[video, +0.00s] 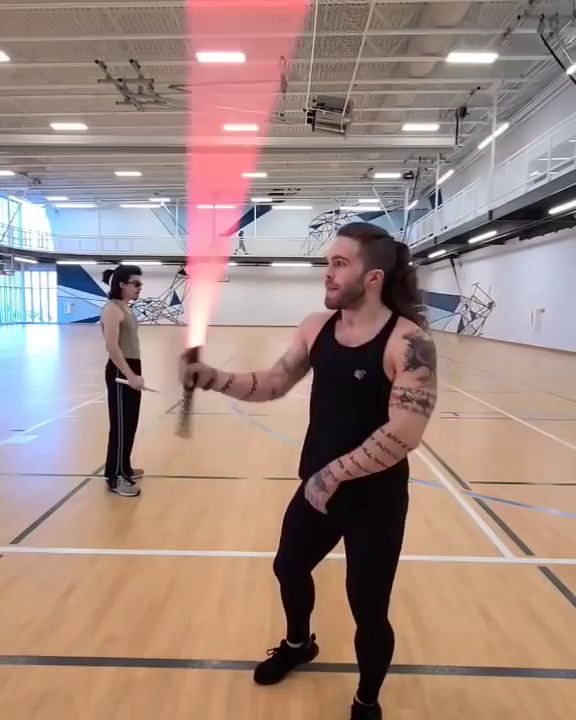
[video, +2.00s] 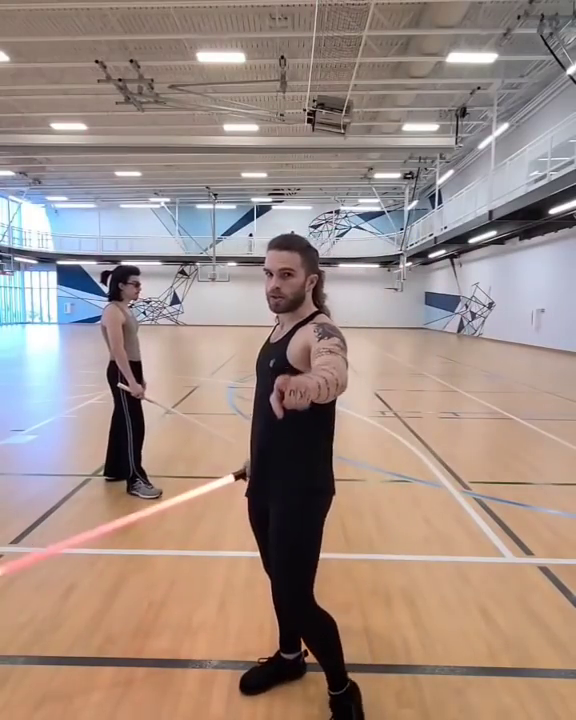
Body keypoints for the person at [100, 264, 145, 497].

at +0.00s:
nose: (138, 288)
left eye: (139, 284)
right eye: (134, 284)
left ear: (131, 287)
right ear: (121, 285)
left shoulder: (125, 309)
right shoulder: (112, 310)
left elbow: (127, 343)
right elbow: (112, 347)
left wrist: (136, 371)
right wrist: (130, 375)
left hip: (132, 367)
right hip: (119, 369)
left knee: (130, 424)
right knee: (120, 426)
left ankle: (124, 467)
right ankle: (114, 477)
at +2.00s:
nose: (138, 289)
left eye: (139, 285)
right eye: (134, 285)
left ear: (129, 287)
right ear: (120, 286)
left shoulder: (124, 310)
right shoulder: (113, 312)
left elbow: (130, 347)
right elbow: (118, 350)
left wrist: (139, 378)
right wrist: (131, 381)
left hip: (132, 368)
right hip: (123, 371)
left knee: (123, 422)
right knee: (135, 425)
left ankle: (115, 468)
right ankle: (135, 479)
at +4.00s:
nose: (138, 289)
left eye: (139, 285)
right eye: (134, 285)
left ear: (133, 287)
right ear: (120, 286)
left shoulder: (127, 310)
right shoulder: (114, 313)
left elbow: (133, 347)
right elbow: (119, 351)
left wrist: (143, 373)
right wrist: (132, 382)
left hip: (132, 369)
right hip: (123, 372)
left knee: (123, 422)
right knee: (136, 424)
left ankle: (114, 468)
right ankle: (135, 479)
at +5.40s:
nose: (140, 288)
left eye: (140, 284)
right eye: (135, 284)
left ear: (134, 287)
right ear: (122, 286)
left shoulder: (126, 310)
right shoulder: (115, 313)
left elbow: (133, 347)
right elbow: (120, 351)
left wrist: (143, 374)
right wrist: (133, 381)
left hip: (132, 369)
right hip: (124, 372)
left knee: (123, 422)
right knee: (137, 425)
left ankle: (115, 467)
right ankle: (135, 480)